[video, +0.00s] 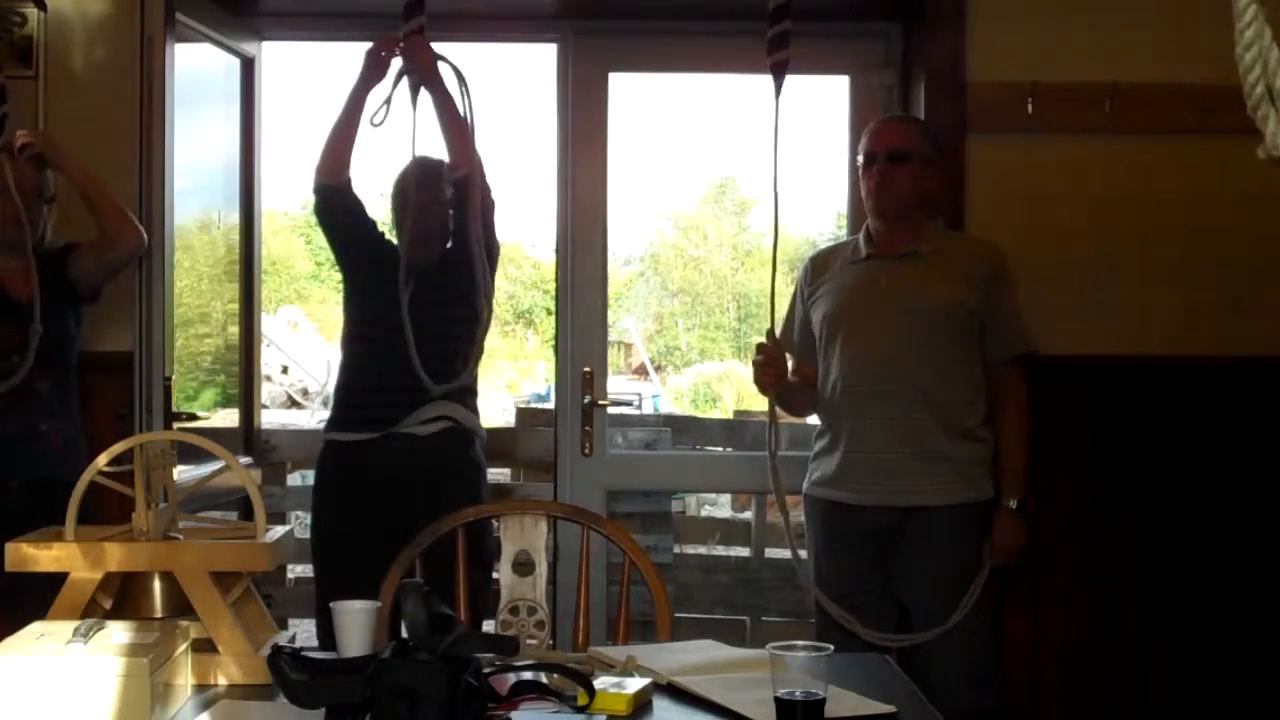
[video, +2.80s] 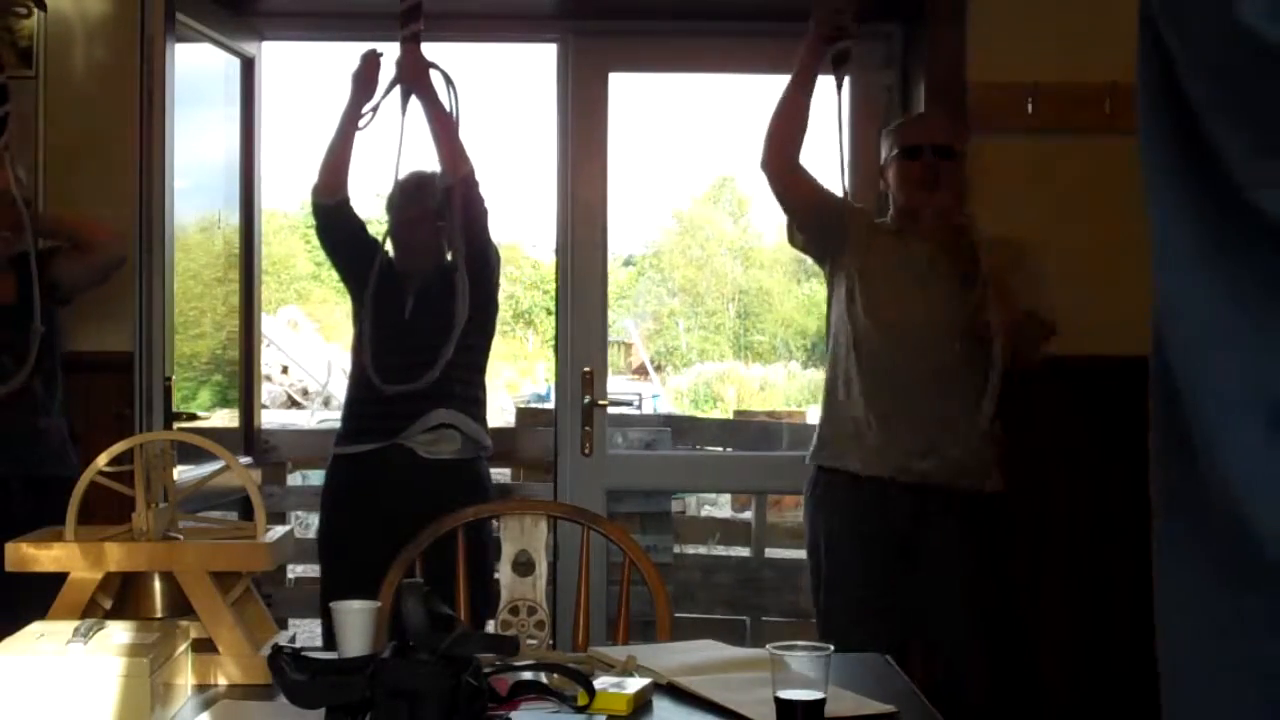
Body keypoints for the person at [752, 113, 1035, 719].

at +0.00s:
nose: (879, 171)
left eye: (898, 158)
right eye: (869, 160)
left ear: (933, 175)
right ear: (857, 177)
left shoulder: (977, 264)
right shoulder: (821, 269)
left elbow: (1009, 387)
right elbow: (810, 394)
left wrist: (1011, 502)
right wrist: (779, 386)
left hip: (948, 508)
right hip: (841, 507)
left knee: (951, 682)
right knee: (852, 679)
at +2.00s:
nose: (917, 180)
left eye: (924, 167)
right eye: (897, 168)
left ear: (936, 176)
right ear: (860, 179)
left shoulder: (979, 265)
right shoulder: (816, 264)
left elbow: (1010, 388)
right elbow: (784, 390)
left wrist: (1012, 499)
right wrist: (773, 361)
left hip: (954, 507)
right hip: (844, 506)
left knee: (954, 678)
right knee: (852, 676)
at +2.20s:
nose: (966, 176)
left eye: (966, 164)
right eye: (949, 165)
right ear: (894, 179)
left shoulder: (1000, 265)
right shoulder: (834, 259)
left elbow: (1031, 388)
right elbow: (763, 353)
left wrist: (1040, 496)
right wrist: (789, 280)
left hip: (970, 508)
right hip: (859, 506)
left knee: (969, 685)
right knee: (862, 681)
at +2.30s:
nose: (971, 172)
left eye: (971, 160)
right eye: (951, 160)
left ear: (977, 170)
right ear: (899, 178)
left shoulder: (1009, 262)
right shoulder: (851, 251)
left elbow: (1038, 384)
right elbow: (751, 301)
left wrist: (1053, 488)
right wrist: (797, 208)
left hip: (977, 509)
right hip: (868, 508)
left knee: (973, 686)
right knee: (864, 683)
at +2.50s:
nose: (960, 170)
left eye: (968, 158)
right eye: (942, 157)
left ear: (981, 169)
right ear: (903, 173)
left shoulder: (1016, 264)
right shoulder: (867, 245)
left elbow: (1046, 388)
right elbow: (757, 200)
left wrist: (1036, 494)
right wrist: (808, 90)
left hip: (977, 502)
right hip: (868, 502)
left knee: (977, 678)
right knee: (871, 675)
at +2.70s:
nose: (939, 167)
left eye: (953, 154)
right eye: (922, 153)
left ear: (969, 169)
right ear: (892, 170)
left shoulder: (1006, 261)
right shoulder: (857, 241)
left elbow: (1035, 388)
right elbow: (781, 159)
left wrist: (1005, 470)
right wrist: (812, 50)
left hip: (969, 505)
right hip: (861, 499)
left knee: (971, 675)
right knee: (866, 673)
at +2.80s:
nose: (929, 165)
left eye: (944, 154)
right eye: (912, 153)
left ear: (963, 169)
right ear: (884, 172)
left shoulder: (994, 259)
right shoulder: (851, 239)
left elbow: (1025, 365)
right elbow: (780, 163)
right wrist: (812, 56)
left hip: (957, 490)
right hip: (855, 486)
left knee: (961, 667)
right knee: (862, 665)